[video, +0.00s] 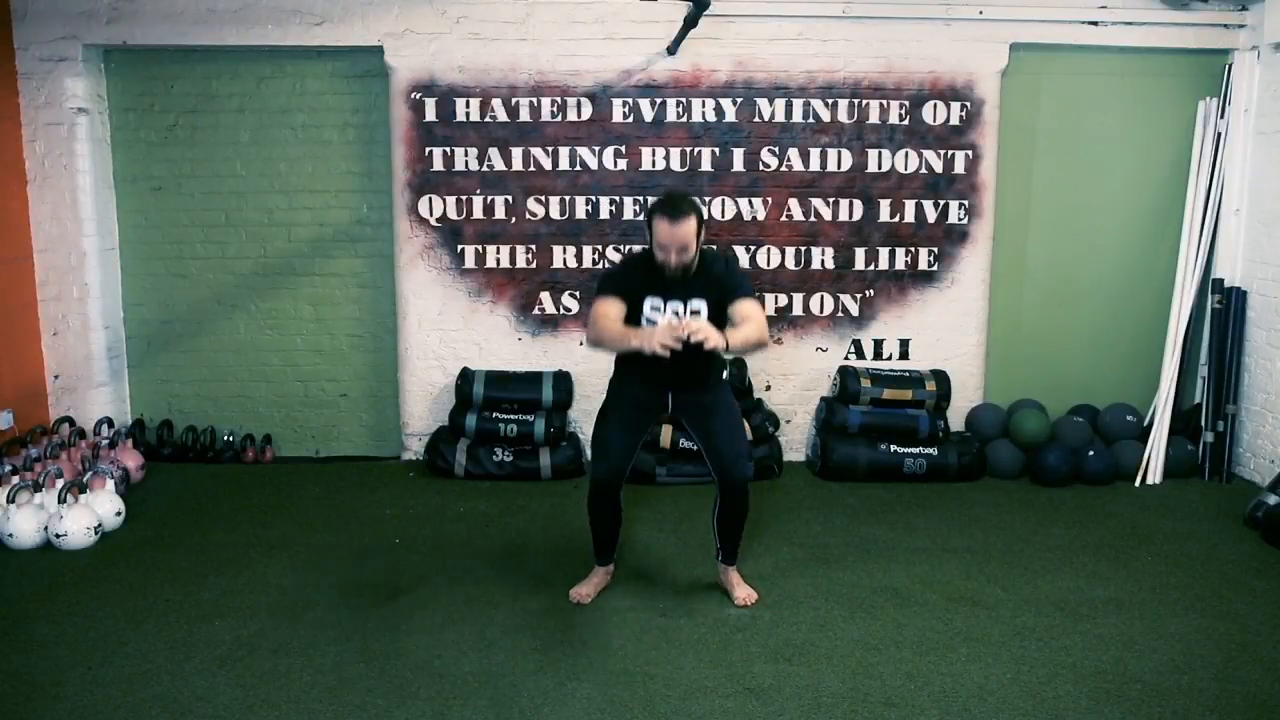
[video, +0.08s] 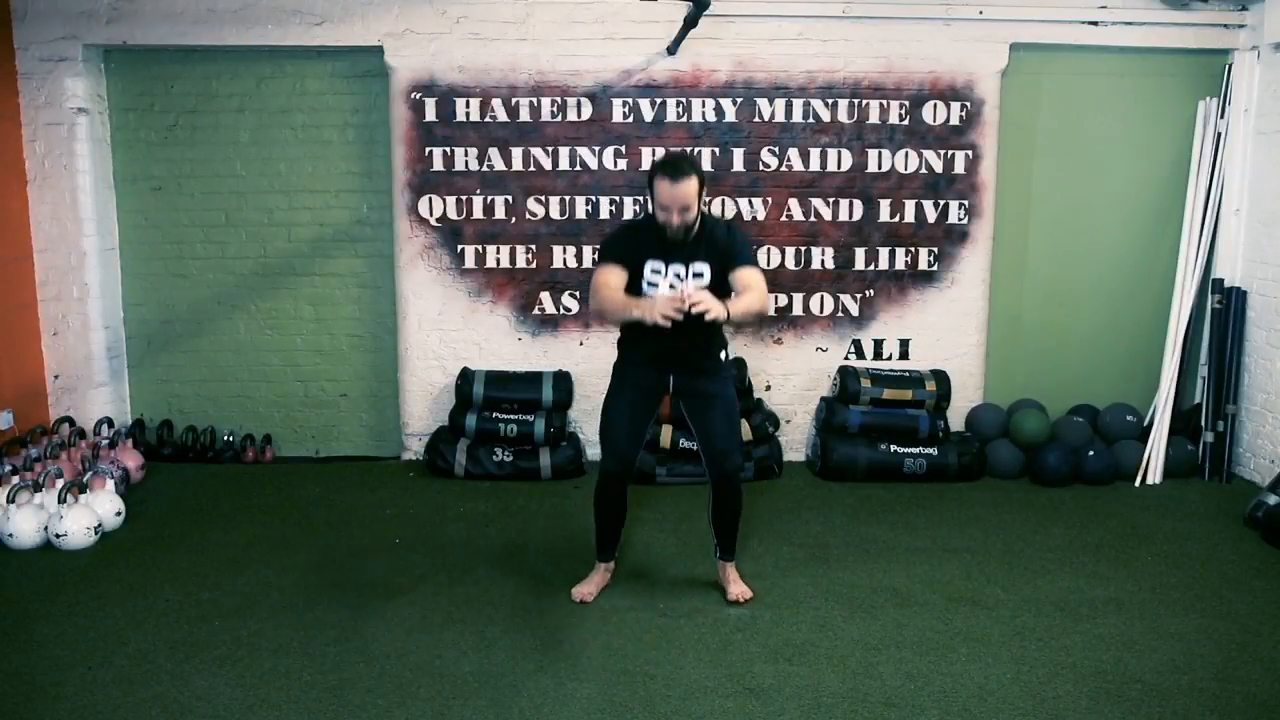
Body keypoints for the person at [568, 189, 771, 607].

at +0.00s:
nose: (673, 259)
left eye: (682, 250)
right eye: (663, 249)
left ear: (699, 235)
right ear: (650, 237)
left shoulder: (721, 270)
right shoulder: (628, 272)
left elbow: (757, 329)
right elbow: (598, 330)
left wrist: (724, 338)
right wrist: (643, 336)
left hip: (703, 386)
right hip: (637, 384)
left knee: (736, 472)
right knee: (605, 471)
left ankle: (728, 565)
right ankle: (603, 566)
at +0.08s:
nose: (675, 218)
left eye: (685, 209)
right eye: (666, 208)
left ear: (701, 197)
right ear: (652, 198)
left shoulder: (725, 239)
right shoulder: (629, 238)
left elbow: (758, 298)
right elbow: (603, 298)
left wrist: (725, 307)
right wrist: (642, 306)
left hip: (704, 367)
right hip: (640, 365)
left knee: (727, 463)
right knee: (615, 462)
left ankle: (727, 562)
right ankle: (604, 563)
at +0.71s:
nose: (658, 183)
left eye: (670, 175)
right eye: (651, 172)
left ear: (689, 170)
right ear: (640, 164)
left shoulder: (702, 219)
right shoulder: (613, 205)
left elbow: (737, 271)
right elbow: (564, 253)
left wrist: (694, 257)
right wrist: (605, 243)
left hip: (664, 369)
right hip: (595, 359)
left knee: (695, 468)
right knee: (532, 447)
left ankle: (725, 565)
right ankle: (462, 541)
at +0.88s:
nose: (605, 213)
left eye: (617, 206)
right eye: (598, 202)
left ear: (637, 199)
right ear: (588, 189)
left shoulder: (649, 240)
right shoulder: (559, 229)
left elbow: (682, 295)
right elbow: (510, 273)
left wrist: (642, 276)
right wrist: (554, 262)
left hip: (617, 389)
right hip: (545, 382)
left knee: (664, 476)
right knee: (472, 464)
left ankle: (721, 566)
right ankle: (413, 564)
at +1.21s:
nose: (468, 337)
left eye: (479, 328)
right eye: (461, 326)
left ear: (499, 317)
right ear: (450, 314)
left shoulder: (520, 346)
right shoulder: (430, 342)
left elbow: (549, 406)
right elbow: (378, 390)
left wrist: (500, 388)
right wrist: (419, 372)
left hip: (523, 453)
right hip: (452, 450)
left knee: (602, 513)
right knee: (373, 496)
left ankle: (704, 568)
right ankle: (413, 574)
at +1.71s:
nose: (439, 388)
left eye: (450, 379)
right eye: (431, 379)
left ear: (469, 363)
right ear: (417, 364)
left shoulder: (496, 383)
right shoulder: (405, 383)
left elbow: (524, 446)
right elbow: (356, 443)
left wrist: (466, 442)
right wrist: (391, 438)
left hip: (511, 469)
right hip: (447, 469)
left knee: (597, 522)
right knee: (373, 500)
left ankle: (702, 570)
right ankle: (414, 575)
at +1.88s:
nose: (480, 333)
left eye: (490, 324)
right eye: (471, 323)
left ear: (507, 312)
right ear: (459, 310)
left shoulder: (530, 337)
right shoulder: (438, 338)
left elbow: (566, 393)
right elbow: (395, 394)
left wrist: (516, 386)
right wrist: (440, 380)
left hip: (537, 437)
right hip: (467, 439)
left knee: (615, 500)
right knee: (401, 489)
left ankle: (709, 567)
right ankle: (415, 575)